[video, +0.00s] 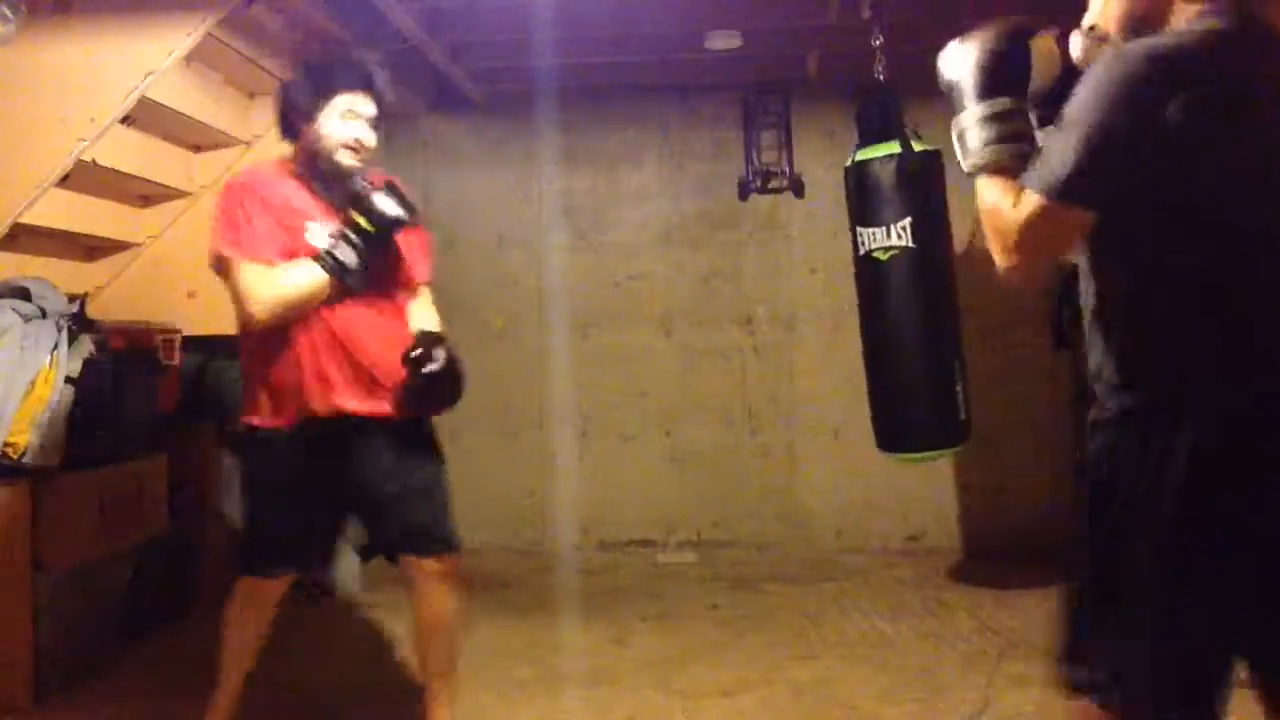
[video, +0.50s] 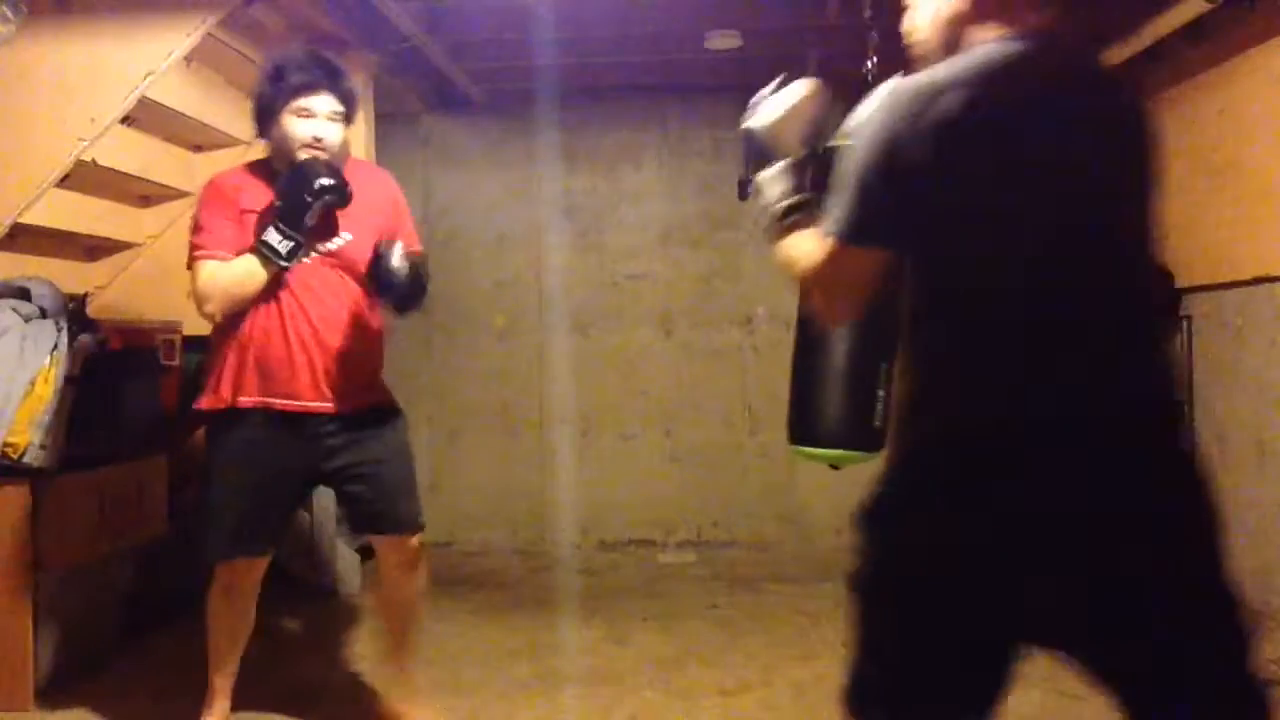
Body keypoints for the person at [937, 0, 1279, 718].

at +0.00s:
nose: (1087, 13)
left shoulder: (1142, 75)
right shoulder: (1260, 62)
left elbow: (1018, 250)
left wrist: (982, 103)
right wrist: (1103, 77)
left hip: (1167, 437)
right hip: (1263, 420)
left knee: (1149, 682)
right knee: (1273, 667)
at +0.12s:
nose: (1092, 20)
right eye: (1094, 0)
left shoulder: (1141, 91)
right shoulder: (1266, 75)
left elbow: (1034, 277)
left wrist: (987, 145)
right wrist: (1102, 111)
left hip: (1148, 473)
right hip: (1259, 463)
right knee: (1262, 691)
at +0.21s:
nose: (1073, 16)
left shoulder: (1119, 88)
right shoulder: (1266, 75)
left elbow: (1000, 268)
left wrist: (950, 125)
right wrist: (1052, 111)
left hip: (1132, 462)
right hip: (1256, 456)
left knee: (990, 674)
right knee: (1245, 692)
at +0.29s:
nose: (1038, 3)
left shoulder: (1071, 81)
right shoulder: (1256, 79)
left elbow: (958, 259)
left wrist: (905, 113)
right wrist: (1026, 91)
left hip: (1093, 469)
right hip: (1244, 464)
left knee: (973, 690)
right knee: (1243, 694)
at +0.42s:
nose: (962, 8)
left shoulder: (983, 90)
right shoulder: (1173, 85)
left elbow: (885, 266)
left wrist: (830, 156)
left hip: (1023, 489)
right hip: (1188, 480)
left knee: (950, 702)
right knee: (1235, 703)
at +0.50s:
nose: (902, 15)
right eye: (906, 0)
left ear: (965, 4)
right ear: (1038, 7)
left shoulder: (910, 110)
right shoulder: (1111, 100)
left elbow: (833, 292)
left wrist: (782, 184)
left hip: (957, 511)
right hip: (1126, 499)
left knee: (908, 707)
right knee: (1211, 705)